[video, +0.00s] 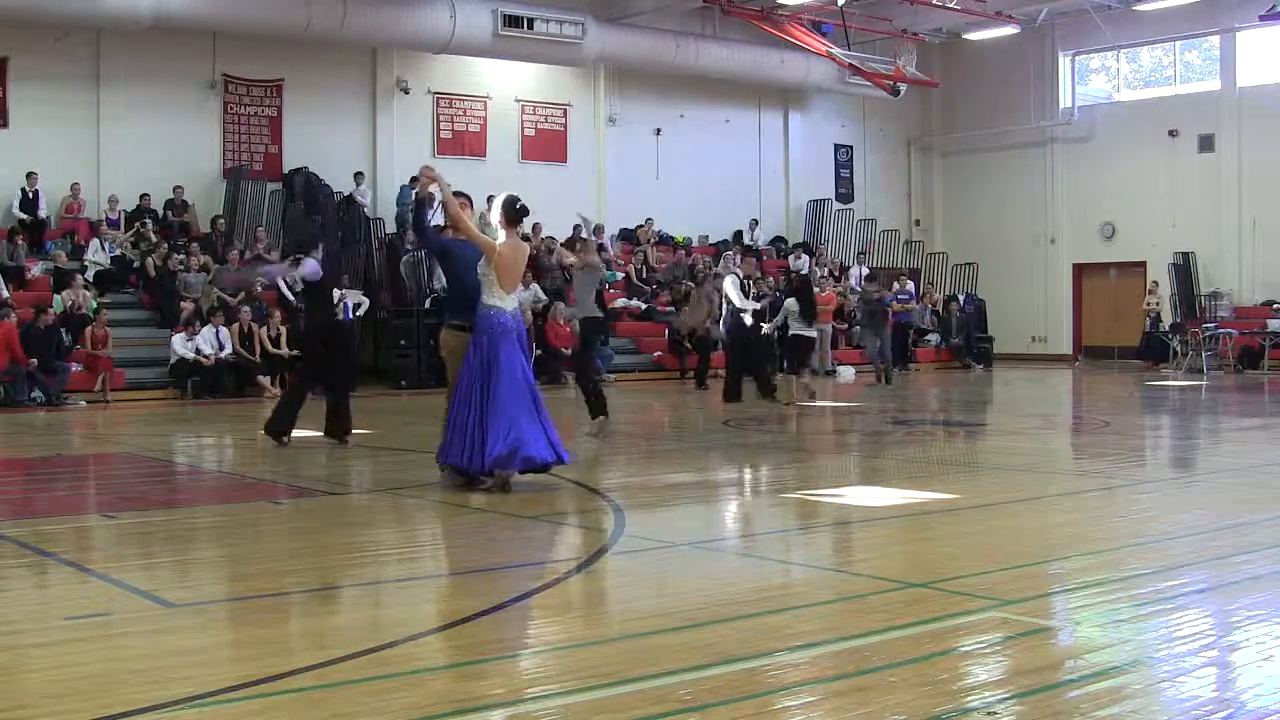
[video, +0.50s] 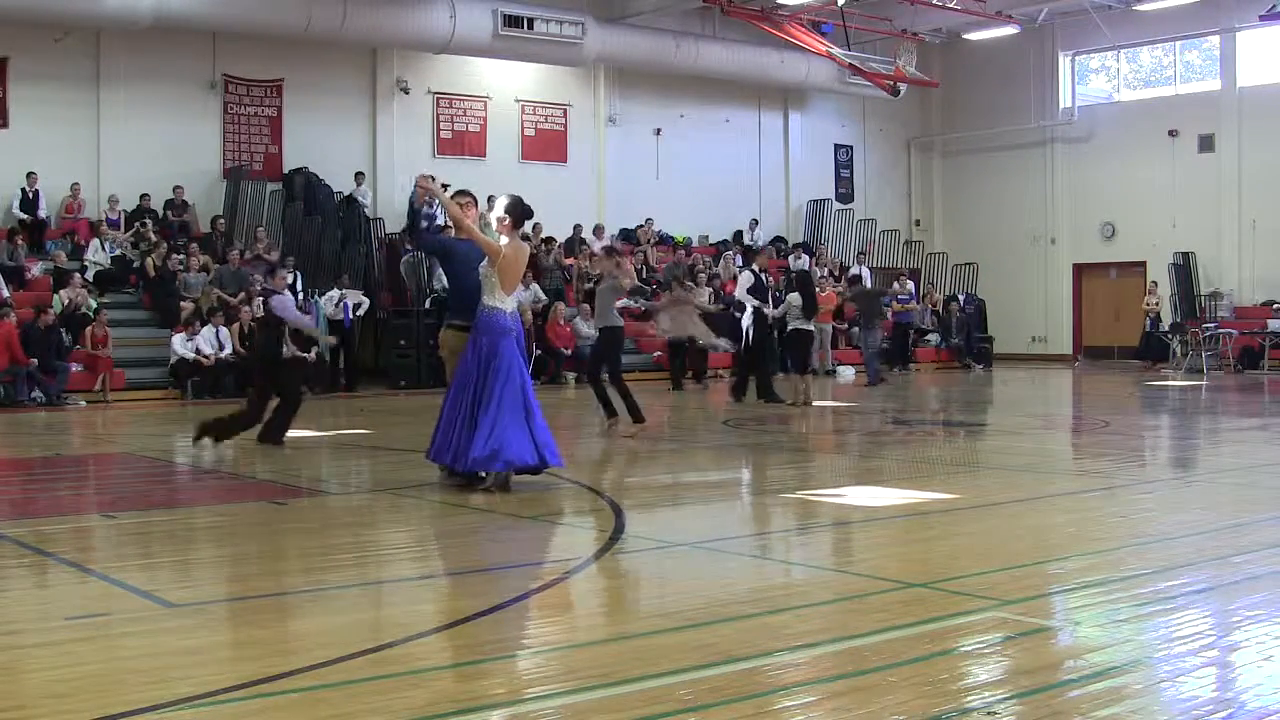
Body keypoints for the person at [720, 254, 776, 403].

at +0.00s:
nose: (753, 266)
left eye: (754, 262)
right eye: (750, 262)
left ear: (754, 264)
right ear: (741, 262)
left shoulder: (748, 282)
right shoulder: (731, 280)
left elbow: (749, 303)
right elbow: (740, 303)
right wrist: (758, 305)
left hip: (747, 324)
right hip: (733, 324)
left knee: (756, 358)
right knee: (735, 362)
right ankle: (732, 396)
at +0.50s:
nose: (767, 261)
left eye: (767, 258)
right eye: (765, 257)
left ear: (762, 259)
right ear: (757, 258)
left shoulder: (763, 277)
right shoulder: (747, 274)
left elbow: (766, 298)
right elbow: (740, 294)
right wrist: (759, 304)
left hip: (764, 317)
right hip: (752, 317)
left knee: (764, 354)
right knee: (751, 353)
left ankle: (766, 391)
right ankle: (738, 389)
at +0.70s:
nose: (773, 260)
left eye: (774, 257)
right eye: (770, 257)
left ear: (774, 259)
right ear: (761, 257)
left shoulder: (771, 277)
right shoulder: (753, 273)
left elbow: (781, 295)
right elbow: (737, 286)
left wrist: (790, 306)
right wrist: (753, 295)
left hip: (770, 321)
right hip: (756, 320)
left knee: (768, 355)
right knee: (754, 355)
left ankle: (767, 391)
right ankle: (740, 388)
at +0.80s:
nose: (775, 259)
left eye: (775, 257)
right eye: (772, 256)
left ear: (773, 259)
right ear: (763, 256)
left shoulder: (773, 276)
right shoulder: (754, 273)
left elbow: (787, 289)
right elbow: (737, 287)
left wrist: (797, 299)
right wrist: (752, 293)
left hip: (771, 320)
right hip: (757, 320)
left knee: (765, 354)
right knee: (759, 354)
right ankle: (740, 388)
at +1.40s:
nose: (782, 255)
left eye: (782, 252)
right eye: (778, 252)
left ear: (779, 255)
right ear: (768, 254)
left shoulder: (781, 274)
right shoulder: (761, 272)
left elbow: (785, 293)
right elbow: (744, 286)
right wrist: (752, 275)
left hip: (778, 319)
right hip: (764, 318)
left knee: (777, 356)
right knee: (761, 355)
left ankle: (770, 392)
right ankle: (746, 389)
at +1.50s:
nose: (782, 255)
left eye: (781, 252)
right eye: (778, 252)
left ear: (778, 255)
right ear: (768, 254)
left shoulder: (781, 275)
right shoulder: (762, 274)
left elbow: (784, 295)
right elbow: (763, 299)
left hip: (779, 320)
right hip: (766, 320)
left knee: (778, 357)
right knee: (766, 355)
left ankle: (771, 392)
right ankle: (749, 388)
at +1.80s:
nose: (782, 257)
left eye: (782, 254)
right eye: (779, 254)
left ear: (780, 257)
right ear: (769, 256)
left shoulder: (783, 276)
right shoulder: (763, 276)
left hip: (782, 318)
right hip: (768, 319)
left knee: (782, 354)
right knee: (776, 354)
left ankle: (775, 392)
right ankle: (771, 393)